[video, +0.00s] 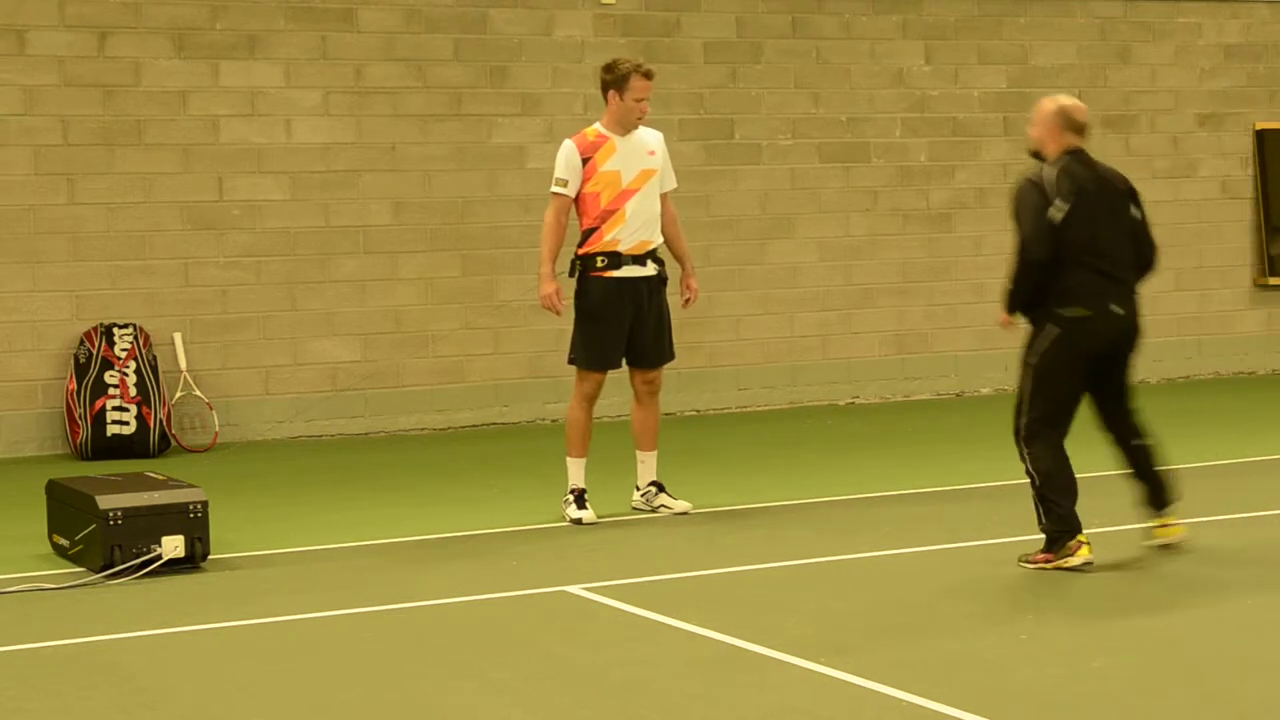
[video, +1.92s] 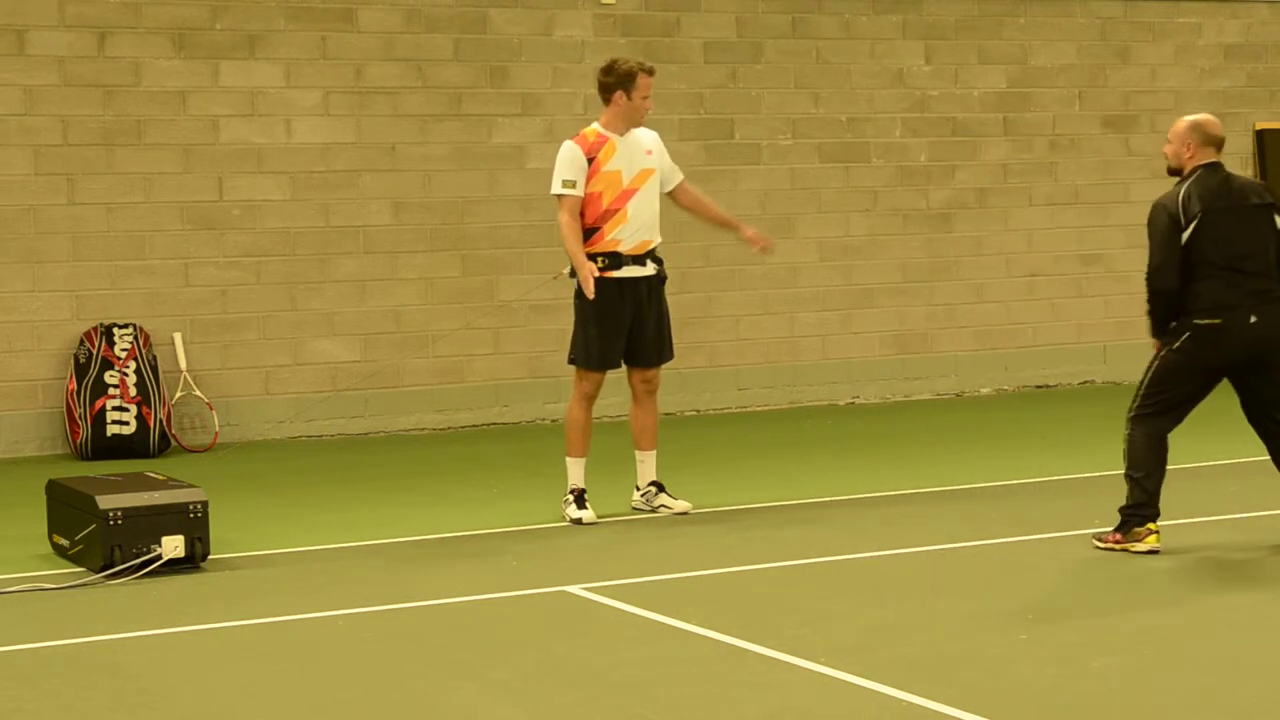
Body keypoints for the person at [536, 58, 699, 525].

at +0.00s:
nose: (646, 108)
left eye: (649, 100)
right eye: (639, 101)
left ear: (645, 100)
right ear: (612, 98)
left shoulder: (653, 142)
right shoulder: (577, 149)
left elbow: (665, 209)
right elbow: (557, 214)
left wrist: (686, 264)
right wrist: (547, 275)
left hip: (649, 280)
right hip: (600, 283)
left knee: (648, 384)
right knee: (588, 388)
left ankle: (647, 487)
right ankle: (576, 492)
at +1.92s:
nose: (650, 105)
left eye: (651, 97)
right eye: (645, 98)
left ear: (627, 98)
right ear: (617, 98)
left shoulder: (650, 143)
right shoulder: (579, 149)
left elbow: (685, 194)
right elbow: (567, 216)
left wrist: (740, 227)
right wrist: (581, 267)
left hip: (646, 280)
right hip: (601, 281)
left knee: (646, 383)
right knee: (586, 388)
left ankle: (647, 487)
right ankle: (575, 491)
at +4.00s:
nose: (615, 113)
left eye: (621, 105)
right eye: (607, 105)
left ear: (629, 101)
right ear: (589, 101)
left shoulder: (644, 140)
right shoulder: (569, 151)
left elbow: (647, 210)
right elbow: (549, 214)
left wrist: (661, 268)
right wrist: (540, 268)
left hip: (644, 280)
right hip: (597, 283)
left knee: (650, 382)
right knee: (584, 387)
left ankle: (648, 487)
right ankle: (575, 493)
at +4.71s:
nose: (626, 115)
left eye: (633, 106)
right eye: (621, 106)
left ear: (656, 101)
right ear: (616, 101)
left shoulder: (681, 144)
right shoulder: (602, 148)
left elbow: (700, 207)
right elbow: (577, 208)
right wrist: (556, 255)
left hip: (666, 280)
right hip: (615, 281)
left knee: (661, 383)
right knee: (598, 384)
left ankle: (654, 487)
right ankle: (576, 489)